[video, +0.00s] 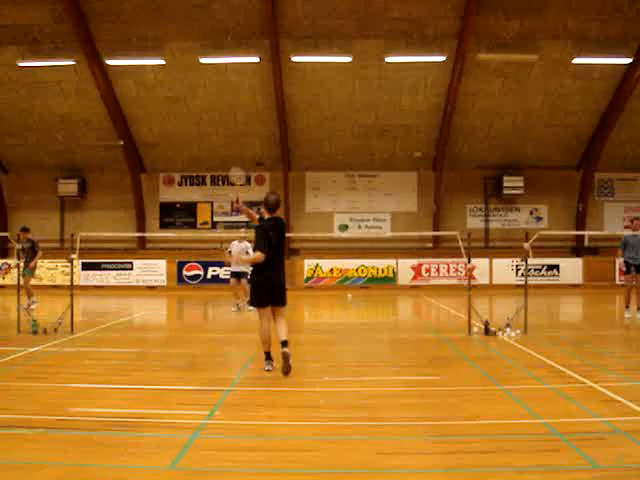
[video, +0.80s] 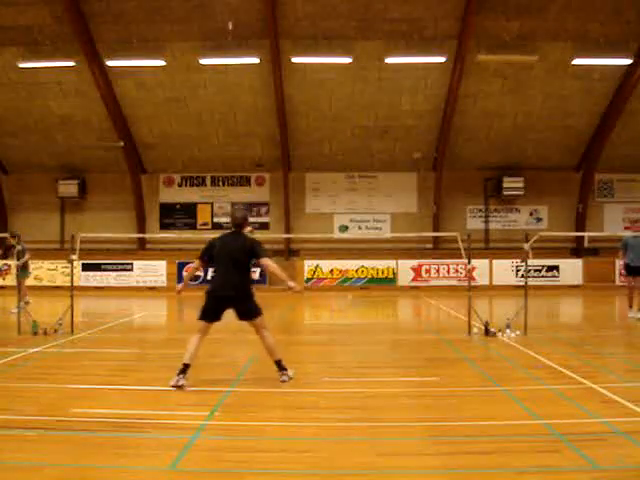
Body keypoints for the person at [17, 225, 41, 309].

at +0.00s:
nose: (22, 236)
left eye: (23, 234)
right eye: (21, 234)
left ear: (27, 233)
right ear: (21, 234)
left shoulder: (33, 242)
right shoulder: (23, 242)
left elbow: (39, 252)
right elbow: (18, 246)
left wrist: (33, 262)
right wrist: (11, 239)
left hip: (31, 263)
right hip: (25, 262)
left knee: (26, 282)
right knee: (25, 283)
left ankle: (33, 299)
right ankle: (29, 300)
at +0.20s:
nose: (20, 238)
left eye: (21, 236)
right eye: (19, 236)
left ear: (25, 235)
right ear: (18, 236)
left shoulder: (28, 244)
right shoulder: (20, 244)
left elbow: (37, 253)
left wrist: (31, 263)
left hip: (27, 265)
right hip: (21, 265)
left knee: (25, 284)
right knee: (24, 284)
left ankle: (28, 302)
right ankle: (29, 302)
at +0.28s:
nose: (20, 238)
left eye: (21, 236)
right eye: (18, 236)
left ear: (24, 235)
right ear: (18, 236)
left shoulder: (29, 244)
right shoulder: (19, 245)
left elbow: (36, 254)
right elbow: (18, 257)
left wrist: (31, 263)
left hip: (27, 265)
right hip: (21, 265)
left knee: (24, 284)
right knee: (24, 284)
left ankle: (21, 302)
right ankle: (30, 302)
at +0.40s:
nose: (17, 238)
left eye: (19, 236)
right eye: (16, 236)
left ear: (22, 235)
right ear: (15, 236)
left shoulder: (26, 244)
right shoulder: (17, 245)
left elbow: (34, 253)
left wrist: (28, 263)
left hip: (25, 265)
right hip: (19, 265)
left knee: (22, 284)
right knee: (22, 284)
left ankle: (21, 303)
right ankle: (29, 301)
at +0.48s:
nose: (18, 238)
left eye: (19, 236)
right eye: (17, 236)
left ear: (22, 236)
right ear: (16, 237)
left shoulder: (25, 245)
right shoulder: (17, 246)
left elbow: (32, 254)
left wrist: (26, 263)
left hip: (24, 266)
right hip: (19, 265)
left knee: (21, 284)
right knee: (20, 284)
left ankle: (20, 305)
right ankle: (27, 301)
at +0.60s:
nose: (10, 240)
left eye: (11, 238)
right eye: (9, 238)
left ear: (16, 237)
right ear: (11, 238)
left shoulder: (23, 246)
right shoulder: (16, 247)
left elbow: (29, 254)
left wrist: (24, 262)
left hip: (23, 268)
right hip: (19, 267)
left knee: (20, 285)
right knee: (20, 284)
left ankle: (19, 304)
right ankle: (25, 299)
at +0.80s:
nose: (9, 241)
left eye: (11, 239)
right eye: (9, 239)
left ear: (16, 239)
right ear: (14, 239)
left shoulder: (21, 247)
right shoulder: (16, 248)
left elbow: (27, 256)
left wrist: (19, 263)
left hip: (23, 270)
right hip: (19, 269)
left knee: (21, 286)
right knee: (21, 285)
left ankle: (20, 305)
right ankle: (26, 299)